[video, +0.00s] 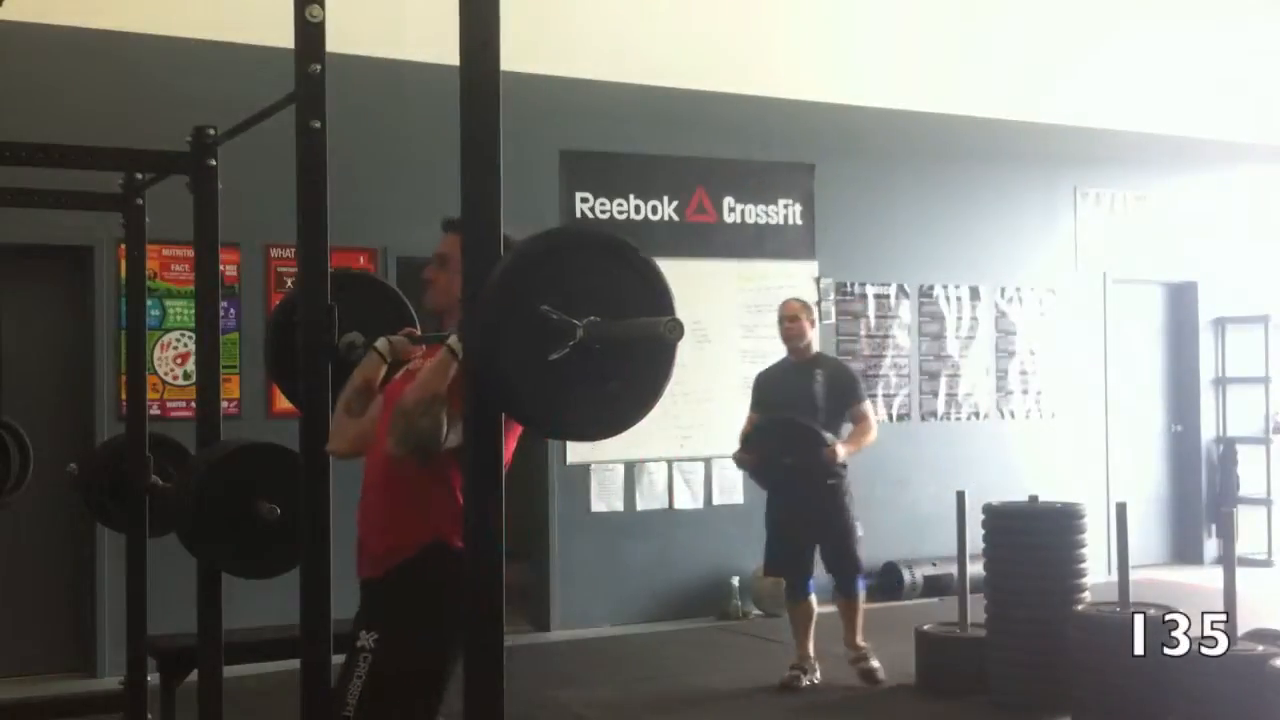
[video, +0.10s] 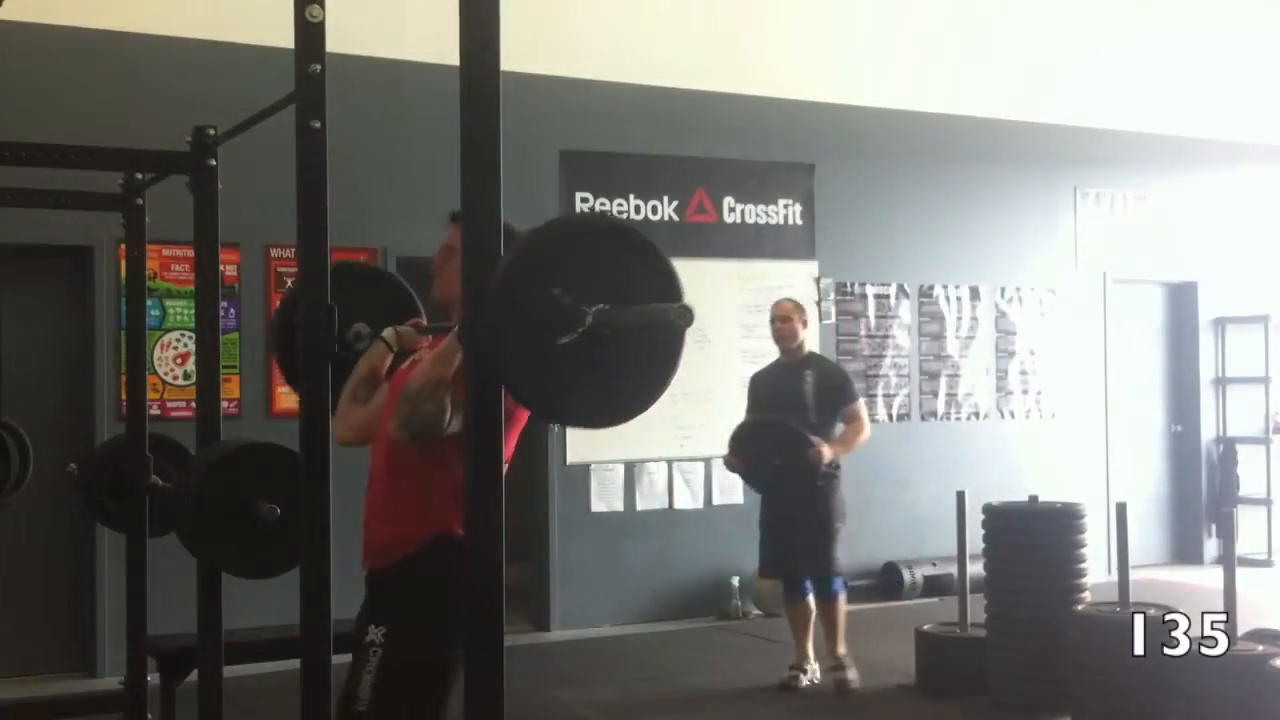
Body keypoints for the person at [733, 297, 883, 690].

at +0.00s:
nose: (789, 327)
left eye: (796, 319)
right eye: (784, 321)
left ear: (813, 324)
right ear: (778, 329)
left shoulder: (839, 374)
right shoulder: (767, 379)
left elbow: (867, 426)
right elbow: (752, 429)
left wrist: (844, 448)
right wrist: (745, 453)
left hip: (827, 484)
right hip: (784, 485)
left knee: (847, 568)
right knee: (796, 576)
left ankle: (856, 647)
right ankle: (805, 662)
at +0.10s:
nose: (780, 327)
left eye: (787, 320)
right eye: (775, 321)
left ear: (805, 325)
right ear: (770, 329)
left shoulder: (830, 374)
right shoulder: (761, 380)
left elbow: (860, 426)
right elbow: (752, 432)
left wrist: (833, 449)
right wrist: (738, 457)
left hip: (820, 484)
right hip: (778, 485)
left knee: (827, 573)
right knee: (792, 577)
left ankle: (838, 657)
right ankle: (805, 662)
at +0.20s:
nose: (773, 328)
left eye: (780, 321)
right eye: (769, 322)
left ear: (798, 326)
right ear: (764, 329)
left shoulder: (823, 374)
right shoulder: (756, 380)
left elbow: (853, 426)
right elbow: (749, 434)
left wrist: (821, 452)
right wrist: (730, 458)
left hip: (810, 487)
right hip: (771, 488)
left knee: (808, 577)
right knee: (786, 579)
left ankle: (813, 667)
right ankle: (802, 664)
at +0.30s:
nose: (766, 330)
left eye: (773, 324)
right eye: (762, 324)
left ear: (792, 328)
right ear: (758, 331)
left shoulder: (815, 376)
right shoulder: (750, 382)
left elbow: (845, 429)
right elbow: (743, 435)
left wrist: (809, 457)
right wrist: (722, 459)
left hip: (801, 487)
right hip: (763, 488)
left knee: (793, 581)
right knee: (782, 580)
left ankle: (787, 674)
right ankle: (808, 662)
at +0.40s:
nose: (758, 331)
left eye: (766, 325)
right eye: (755, 325)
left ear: (785, 331)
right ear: (752, 332)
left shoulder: (807, 379)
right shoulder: (744, 384)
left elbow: (836, 435)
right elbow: (737, 434)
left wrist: (796, 461)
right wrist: (714, 460)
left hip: (794, 486)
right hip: (756, 487)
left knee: (780, 579)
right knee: (779, 578)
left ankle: (767, 678)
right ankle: (807, 661)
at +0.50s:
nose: (751, 331)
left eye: (759, 325)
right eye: (748, 326)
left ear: (780, 330)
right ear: (745, 332)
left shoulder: (800, 382)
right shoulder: (739, 385)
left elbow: (825, 440)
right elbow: (732, 439)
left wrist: (783, 463)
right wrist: (706, 462)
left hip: (784, 491)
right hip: (746, 491)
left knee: (769, 584)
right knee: (771, 581)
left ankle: (760, 682)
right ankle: (803, 656)